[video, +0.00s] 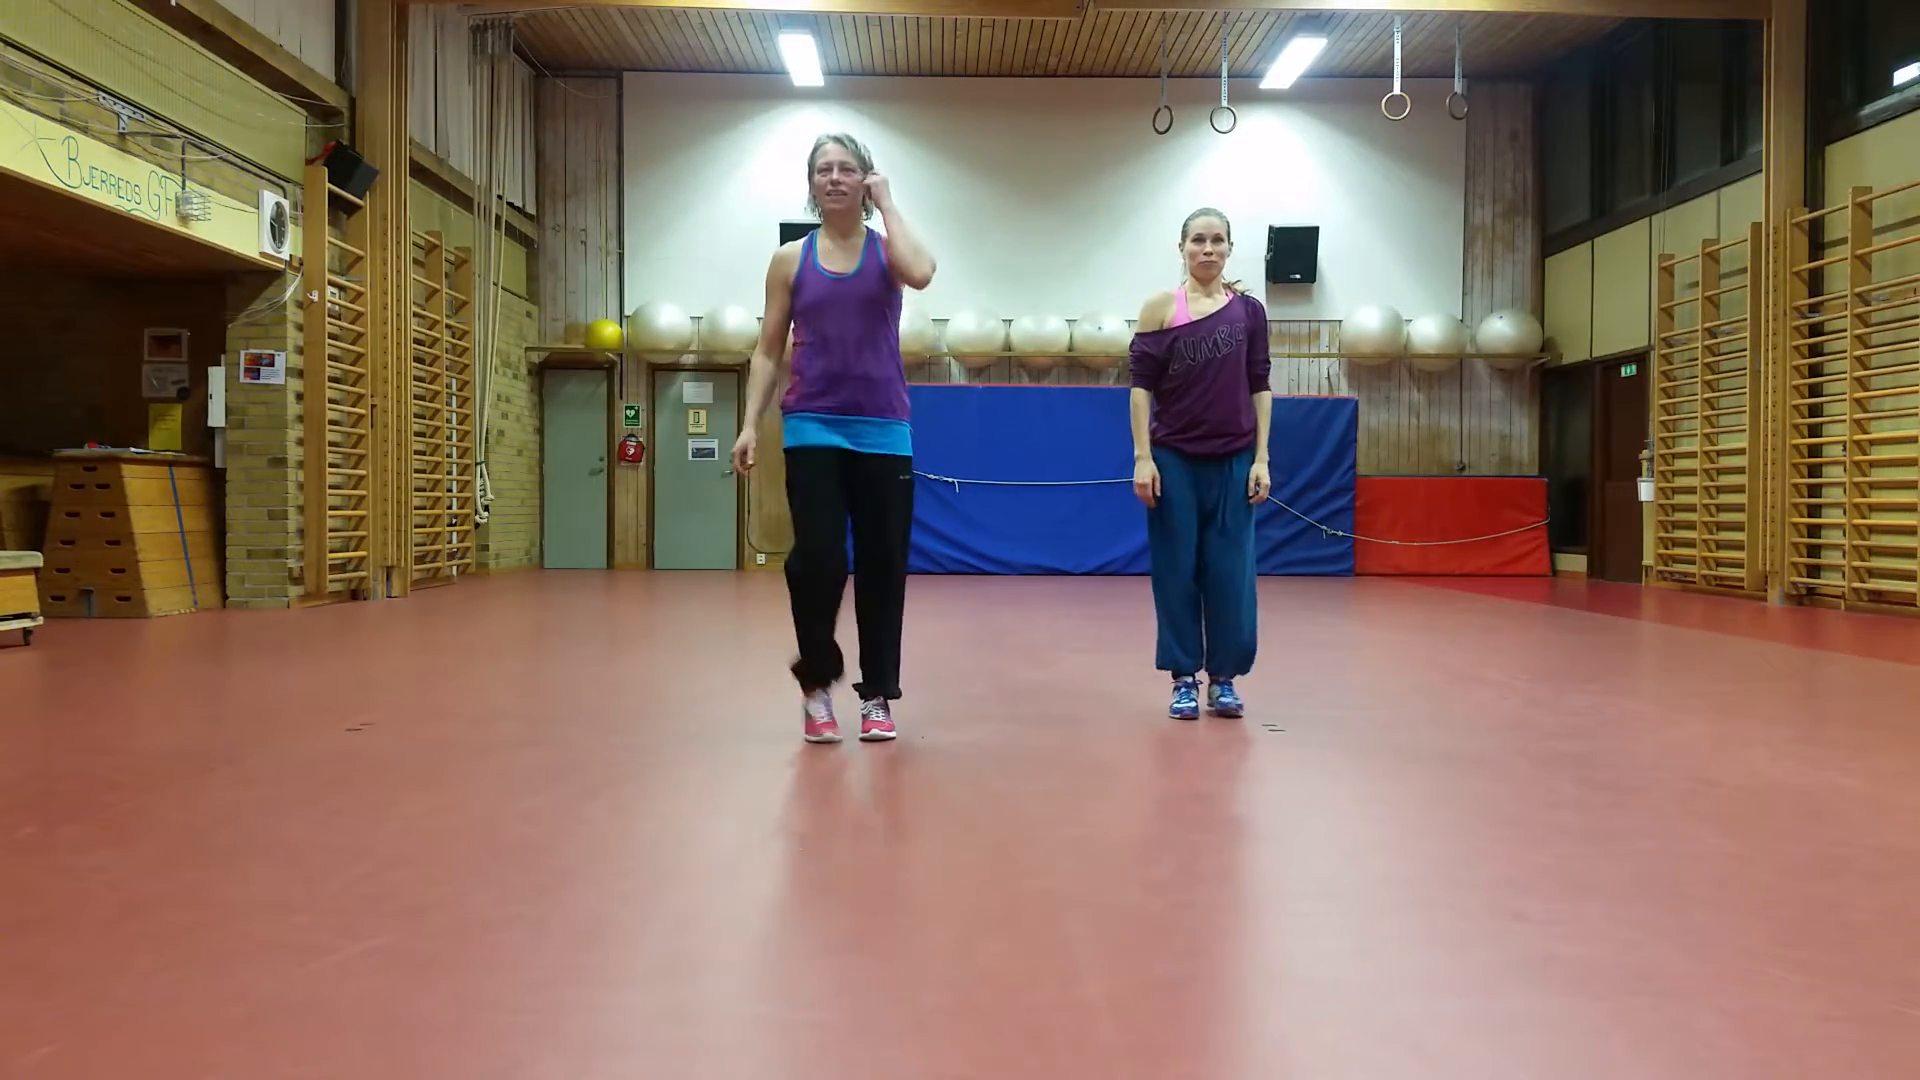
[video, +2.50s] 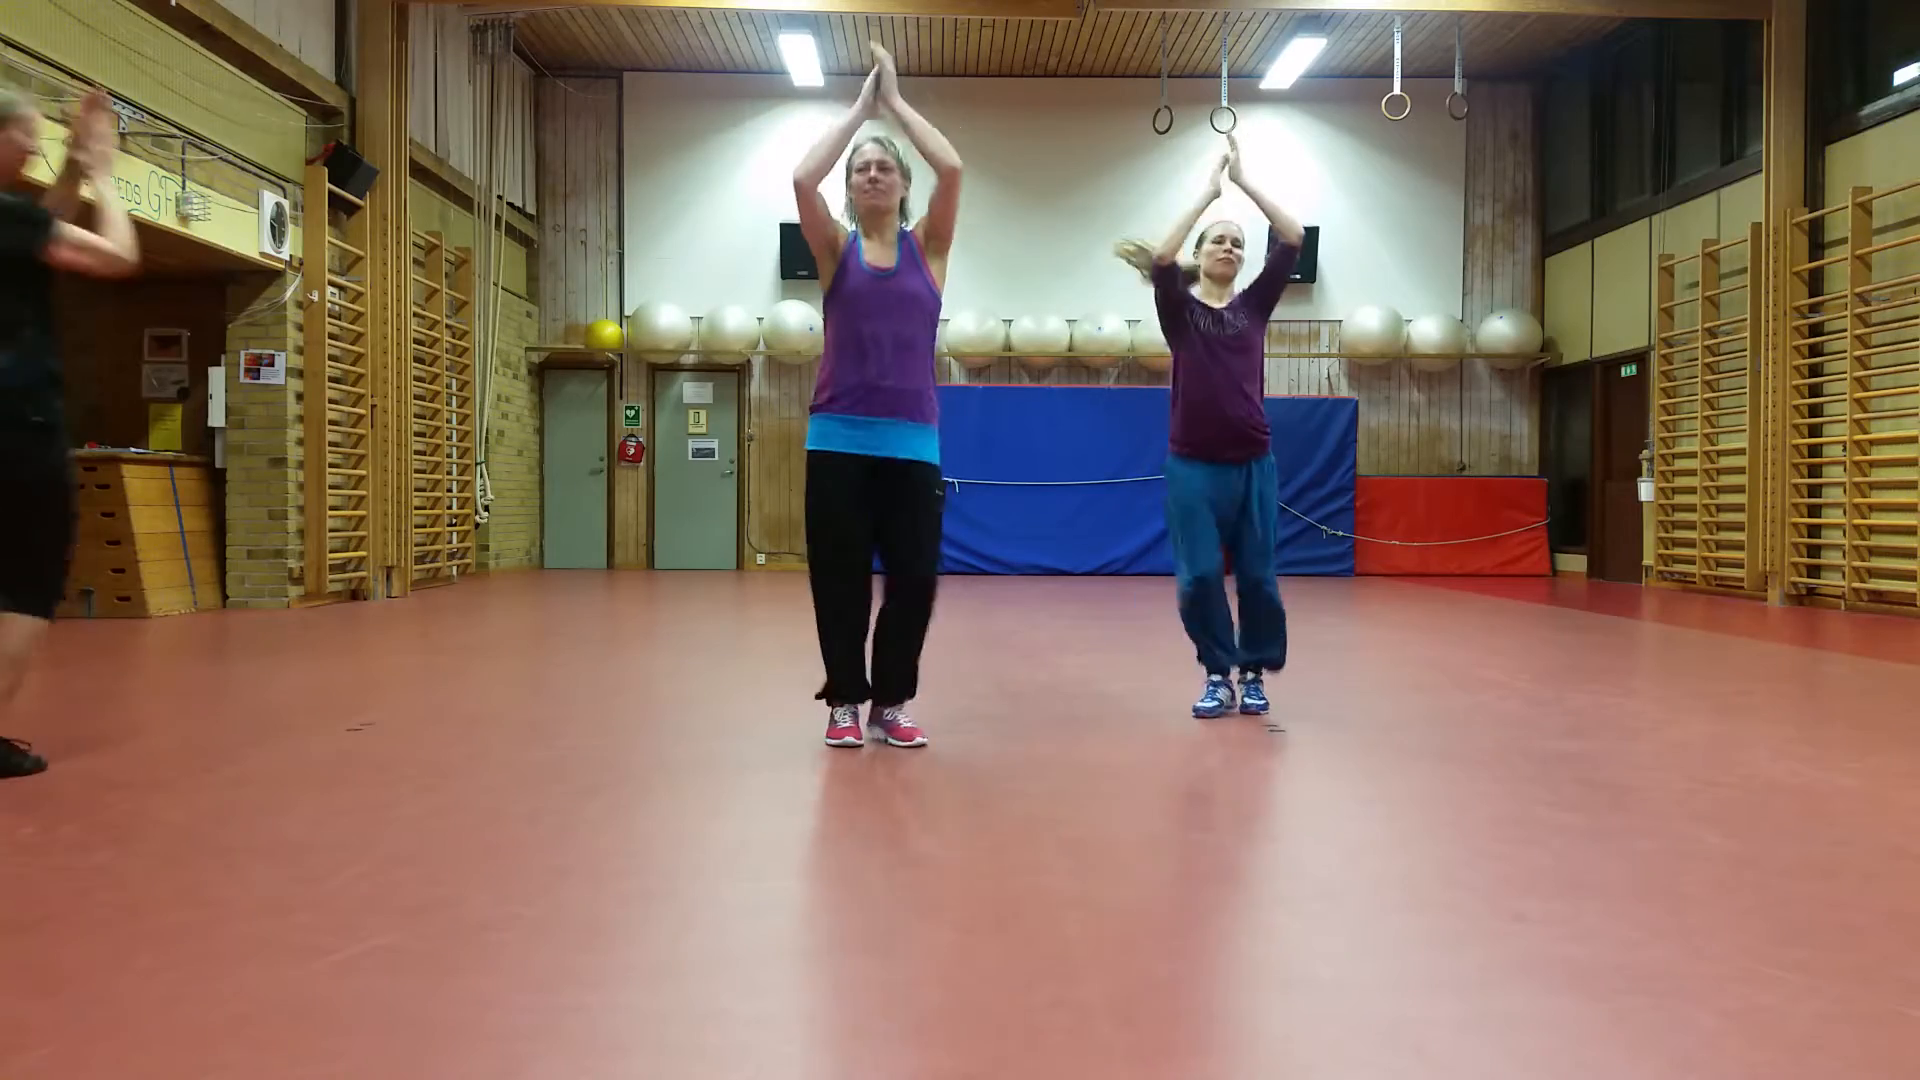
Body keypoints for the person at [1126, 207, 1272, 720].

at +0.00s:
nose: (1208, 248)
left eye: (1217, 240)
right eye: (1199, 239)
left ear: (1229, 248)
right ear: (1183, 247)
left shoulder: (1249, 309)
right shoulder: (1160, 308)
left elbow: (1260, 385)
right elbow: (1140, 386)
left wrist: (1261, 457)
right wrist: (1141, 457)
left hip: (1234, 458)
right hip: (1174, 458)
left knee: (1231, 569)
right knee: (1178, 569)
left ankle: (1222, 681)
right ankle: (1184, 680)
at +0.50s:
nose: (1204, 251)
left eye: (1214, 243)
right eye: (1196, 242)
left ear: (1227, 252)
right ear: (1181, 251)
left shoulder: (1246, 314)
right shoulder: (1158, 312)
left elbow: (1262, 386)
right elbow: (1137, 386)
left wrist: (1259, 449)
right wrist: (1164, 441)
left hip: (1234, 461)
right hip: (1176, 461)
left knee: (1232, 569)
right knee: (1179, 567)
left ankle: (1221, 680)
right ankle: (1181, 678)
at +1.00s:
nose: (1215, 256)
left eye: (1223, 249)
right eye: (1206, 248)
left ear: (1230, 257)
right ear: (1187, 255)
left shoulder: (1245, 304)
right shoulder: (1170, 309)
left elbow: (1289, 306)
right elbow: (1148, 319)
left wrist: (1254, 250)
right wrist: (1185, 274)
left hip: (1237, 453)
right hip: (1179, 452)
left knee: (1237, 565)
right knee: (1186, 561)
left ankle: (1226, 677)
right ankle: (1183, 669)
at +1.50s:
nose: (1211, 250)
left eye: (1219, 243)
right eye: (1201, 243)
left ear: (1227, 255)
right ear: (1183, 254)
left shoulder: (1240, 306)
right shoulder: (1166, 312)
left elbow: (1282, 253)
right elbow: (1155, 272)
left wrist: (1252, 184)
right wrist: (1170, 202)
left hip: (1238, 460)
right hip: (1181, 460)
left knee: (1245, 568)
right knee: (1191, 571)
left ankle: (1225, 659)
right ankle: (1195, 677)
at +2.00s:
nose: (1210, 237)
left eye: (1217, 230)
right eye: (1200, 229)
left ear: (1227, 241)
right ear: (1182, 240)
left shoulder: (1242, 293)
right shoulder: (1169, 298)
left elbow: (1273, 240)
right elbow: (1160, 268)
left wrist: (1225, 189)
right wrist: (1189, 205)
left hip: (1232, 447)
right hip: (1174, 443)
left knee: (1229, 559)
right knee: (1183, 551)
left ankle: (1209, 668)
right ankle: (1175, 661)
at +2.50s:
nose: (1228, 248)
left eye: (1236, 243)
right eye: (1218, 241)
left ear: (1245, 259)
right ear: (1200, 256)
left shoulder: (1253, 307)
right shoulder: (1180, 310)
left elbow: (1292, 237)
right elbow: (1161, 260)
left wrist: (1243, 181)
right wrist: (1205, 195)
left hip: (1253, 460)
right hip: (1192, 462)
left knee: (1257, 574)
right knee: (1198, 576)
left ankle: (1253, 674)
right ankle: (1217, 673)